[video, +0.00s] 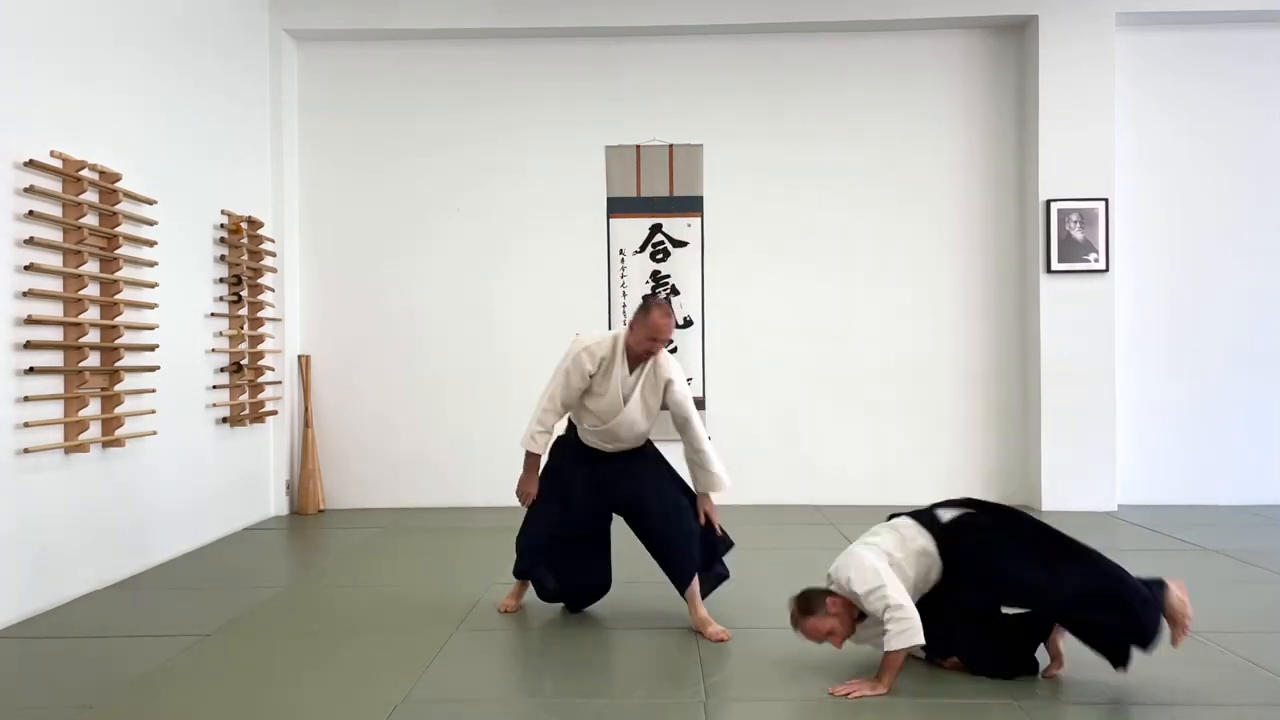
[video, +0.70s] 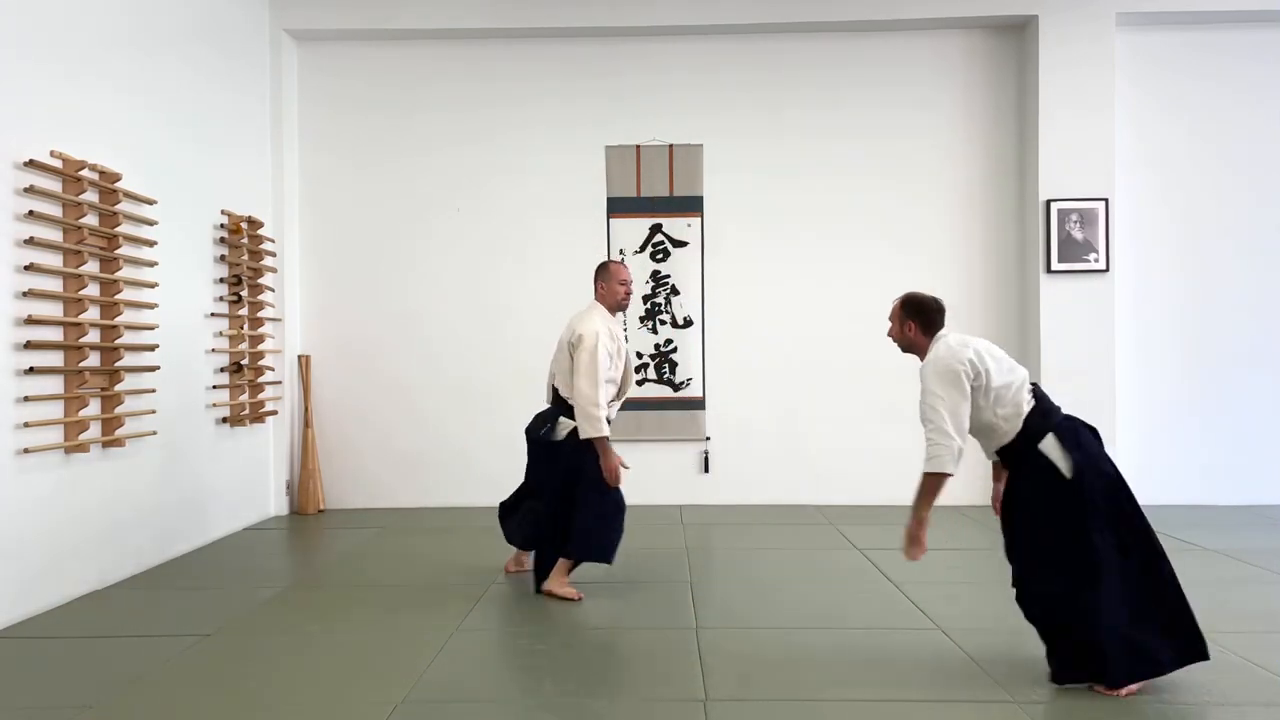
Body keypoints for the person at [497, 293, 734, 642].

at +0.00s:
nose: (657, 348)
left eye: (664, 342)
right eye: (651, 339)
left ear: (670, 338)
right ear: (631, 327)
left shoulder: (665, 370)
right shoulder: (589, 354)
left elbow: (691, 428)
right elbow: (549, 408)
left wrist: (704, 492)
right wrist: (529, 472)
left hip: (634, 456)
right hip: (580, 453)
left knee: (676, 521)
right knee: (541, 520)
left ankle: (698, 611)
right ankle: (519, 586)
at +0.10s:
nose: (636, 317)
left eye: (642, 310)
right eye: (631, 308)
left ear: (644, 309)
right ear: (609, 299)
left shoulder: (642, 347)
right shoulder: (566, 339)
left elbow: (661, 401)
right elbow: (536, 398)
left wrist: (666, 457)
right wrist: (537, 463)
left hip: (611, 440)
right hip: (562, 437)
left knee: (649, 502)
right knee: (538, 511)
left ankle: (679, 602)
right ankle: (520, 591)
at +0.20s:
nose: (622, 293)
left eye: (626, 286)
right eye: (615, 285)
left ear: (628, 288)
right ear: (592, 283)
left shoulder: (626, 333)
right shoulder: (557, 328)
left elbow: (635, 393)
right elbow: (535, 394)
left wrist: (632, 447)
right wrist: (547, 454)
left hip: (600, 432)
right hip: (552, 430)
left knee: (635, 493)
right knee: (537, 510)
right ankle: (520, 589)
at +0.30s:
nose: (615, 281)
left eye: (617, 275)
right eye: (608, 274)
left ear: (616, 277)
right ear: (584, 274)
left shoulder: (614, 321)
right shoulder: (555, 319)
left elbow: (618, 373)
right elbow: (543, 385)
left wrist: (608, 419)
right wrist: (557, 443)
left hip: (592, 428)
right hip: (546, 430)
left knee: (627, 505)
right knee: (534, 513)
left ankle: (575, 563)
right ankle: (519, 591)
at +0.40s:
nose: (611, 275)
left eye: (613, 269)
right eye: (604, 268)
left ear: (608, 273)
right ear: (580, 270)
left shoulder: (598, 317)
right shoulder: (559, 315)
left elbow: (586, 378)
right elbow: (549, 380)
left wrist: (588, 425)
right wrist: (567, 436)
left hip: (582, 424)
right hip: (548, 425)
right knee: (540, 506)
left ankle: (537, 572)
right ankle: (520, 589)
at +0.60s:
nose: (618, 281)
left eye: (619, 275)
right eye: (612, 275)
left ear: (595, 279)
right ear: (589, 277)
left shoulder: (591, 315)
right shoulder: (579, 319)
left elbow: (581, 381)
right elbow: (570, 385)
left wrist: (591, 429)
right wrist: (585, 440)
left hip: (570, 426)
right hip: (570, 430)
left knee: (556, 496)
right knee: (578, 504)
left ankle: (522, 555)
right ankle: (531, 585)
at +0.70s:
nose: (630, 290)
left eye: (630, 284)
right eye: (623, 284)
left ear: (605, 289)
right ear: (601, 287)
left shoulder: (595, 322)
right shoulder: (595, 330)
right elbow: (589, 399)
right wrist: (605, 451)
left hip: (564, 429)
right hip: (579, 433)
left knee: (550, 494)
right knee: (606, 507)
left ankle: (520, 556)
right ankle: (557, 579)